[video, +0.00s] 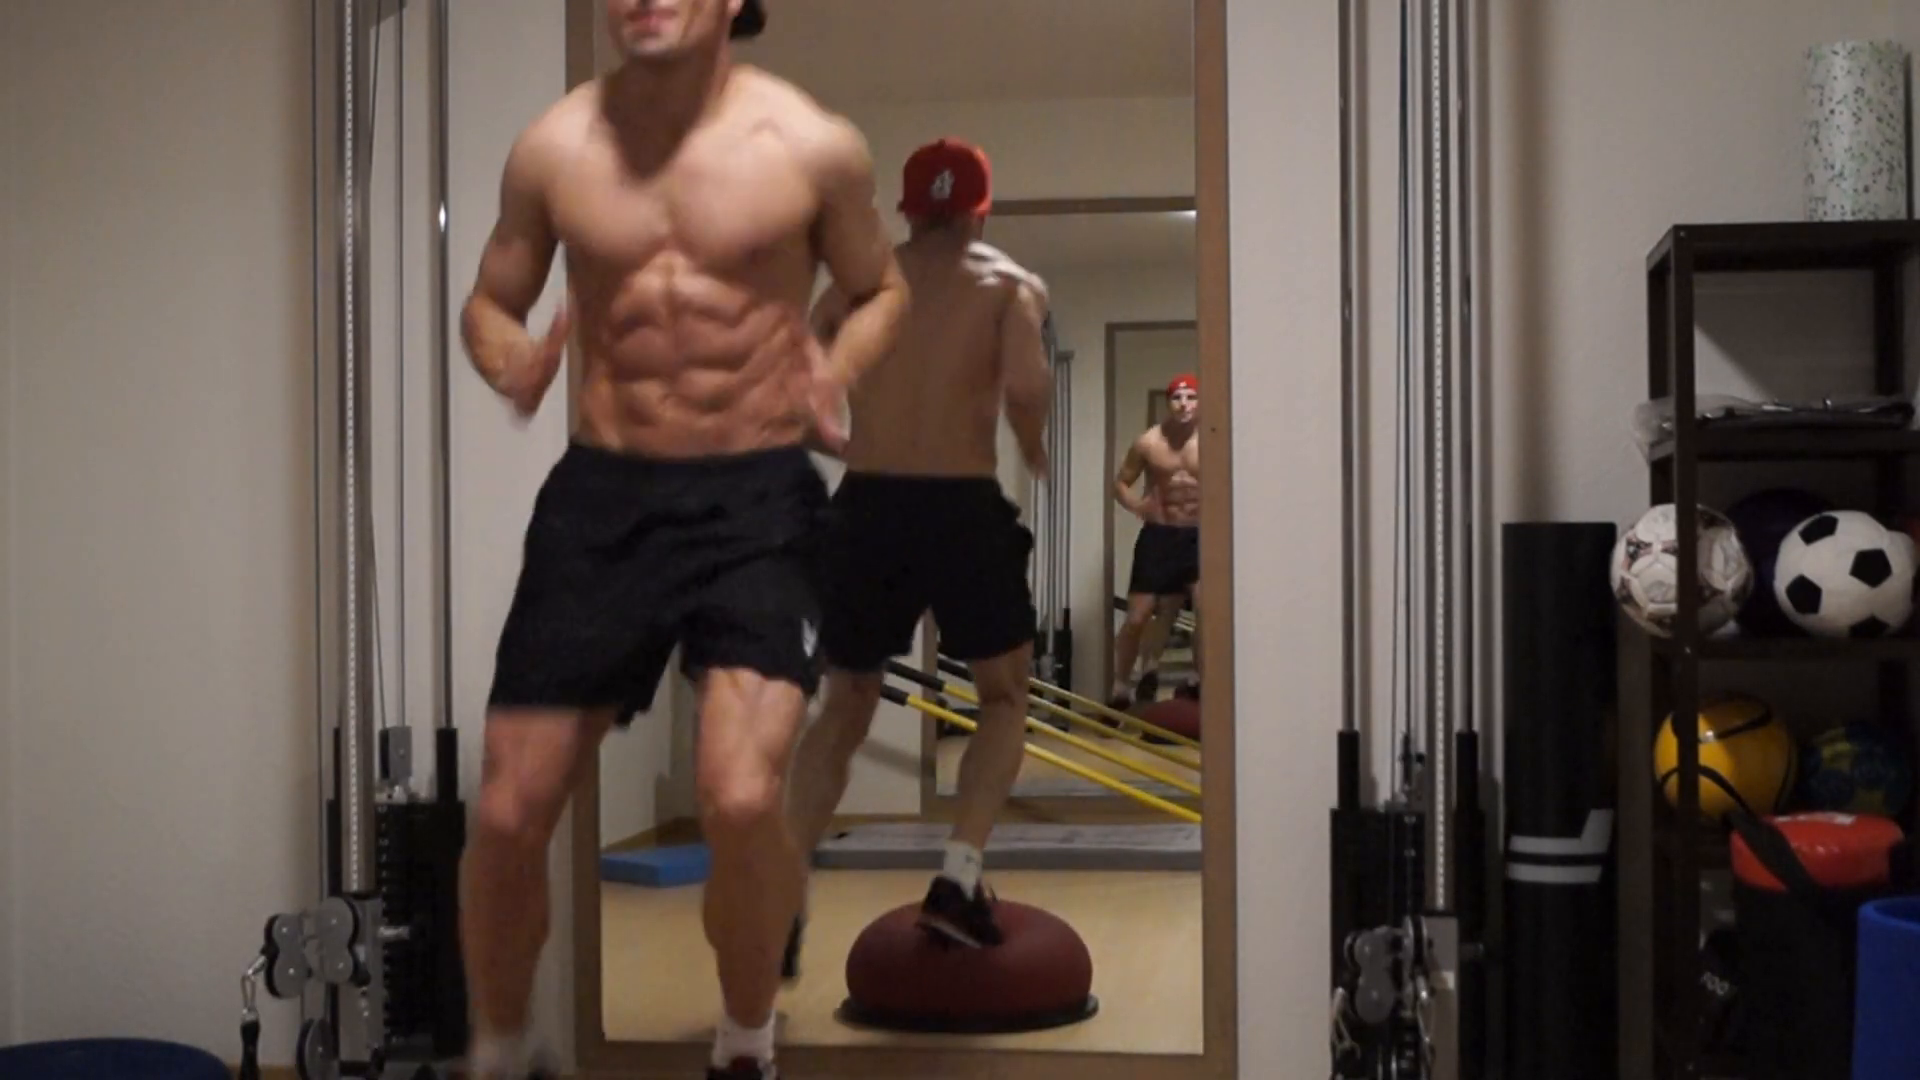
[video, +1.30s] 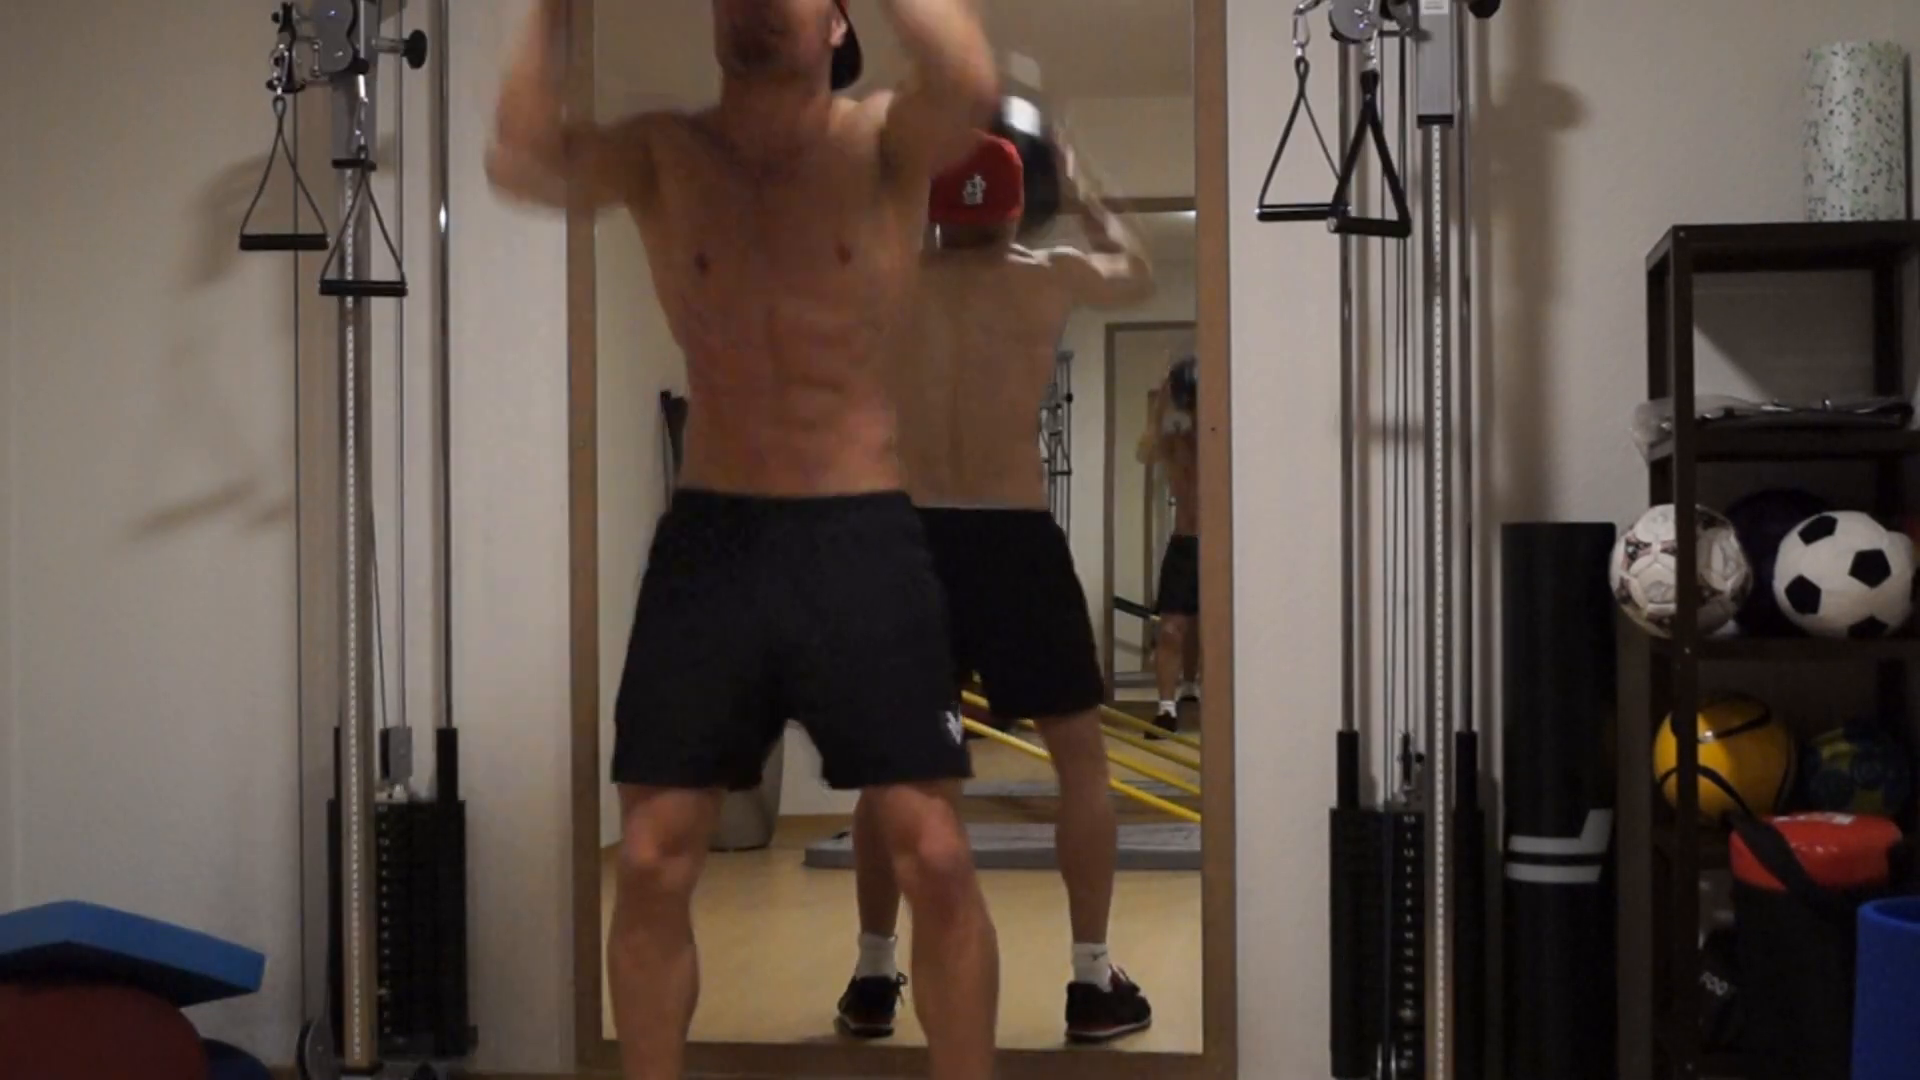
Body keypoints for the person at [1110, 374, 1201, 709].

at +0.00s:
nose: (1184, 404)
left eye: (1191, 398)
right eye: (1177, 398)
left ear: (1200, 403)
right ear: (1168, 404)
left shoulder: (1208, 442)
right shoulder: (1148, 443)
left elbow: (1224, 481)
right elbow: (1121, 484)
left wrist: (1209, 505)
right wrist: (1136, 505)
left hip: (1198, 533)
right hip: (1158, 533)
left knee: (1207, 612)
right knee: (1137, 617)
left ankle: (1202, 681)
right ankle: (1121, 685)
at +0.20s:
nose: (1193, 393)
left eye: (1198, 387)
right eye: (1188, 387)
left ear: (1208, 392)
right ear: (1179, 394)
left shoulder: (1215, 428)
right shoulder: (1159, 434)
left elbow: (1230, 468)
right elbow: (1137, 476)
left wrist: (1216, 497)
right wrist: (1159, 500)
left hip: (1211, 518)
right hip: (1176, 519)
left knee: (1214, 600)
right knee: (1182, 601)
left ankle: (1212, 669)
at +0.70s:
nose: (1188, 384)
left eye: (1194, 378)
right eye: (1183, 378)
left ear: (1203, 384)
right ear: (1174, 384)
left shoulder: (1209, 421)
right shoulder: (1155, 422)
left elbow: (1224, 460)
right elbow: (1135, 461)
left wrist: (1209, 487)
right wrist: (1149, 486)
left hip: (1202, 508)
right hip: (1166, 509)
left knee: (1204, 587)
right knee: (1161, 587)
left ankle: (1206, 655)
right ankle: (1178, 654)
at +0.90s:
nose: (1177, 393)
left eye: (1185, 387)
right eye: (1172, 386)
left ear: (1197, 392)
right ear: (1164, 391)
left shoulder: (1204, 430)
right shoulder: (1142, 428)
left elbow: (1218, 476)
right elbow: (1117, 456)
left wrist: (1198, 461)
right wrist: (1113, 494)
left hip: (1188, 523)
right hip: (1147, 523)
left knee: (1187, 604)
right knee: (1131, 606)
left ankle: (1192, 678)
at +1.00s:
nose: (1168, 410)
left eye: (1175, 405)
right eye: (1161, 404)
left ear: (1187, 412)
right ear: (1151, 410)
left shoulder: (1198, 448)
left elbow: (1214, 491)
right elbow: (1102, 489)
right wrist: (1108, 538)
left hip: (1184, 540)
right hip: (1140, 541)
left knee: (1188, 589)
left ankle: (1203, 660)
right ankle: (1120, 705)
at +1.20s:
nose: (1203, 405)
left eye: (1207, 399)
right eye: (1200, 399)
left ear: (1213, 407)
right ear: (1192, 405)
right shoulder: (1173, 438)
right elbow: (1142, 412)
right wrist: (1160, 361)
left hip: (1212, 540)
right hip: (1181, 538)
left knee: (1206, 626)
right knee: (1172, 626)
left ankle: (1198, 698)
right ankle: (1166, 706)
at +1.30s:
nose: (1189, 403)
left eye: (1190, 393)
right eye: (1186, 395)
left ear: (1200, 396)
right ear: (1185, 399)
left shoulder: (1221, 438)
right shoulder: (1179, 439)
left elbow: (1149, 451)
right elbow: (1148, 453)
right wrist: (1157, 408)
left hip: (1210, 540)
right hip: (1185, 538)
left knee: (1205, 626)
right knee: (1172, 627)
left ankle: (1197, 694)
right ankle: (1167, 705)